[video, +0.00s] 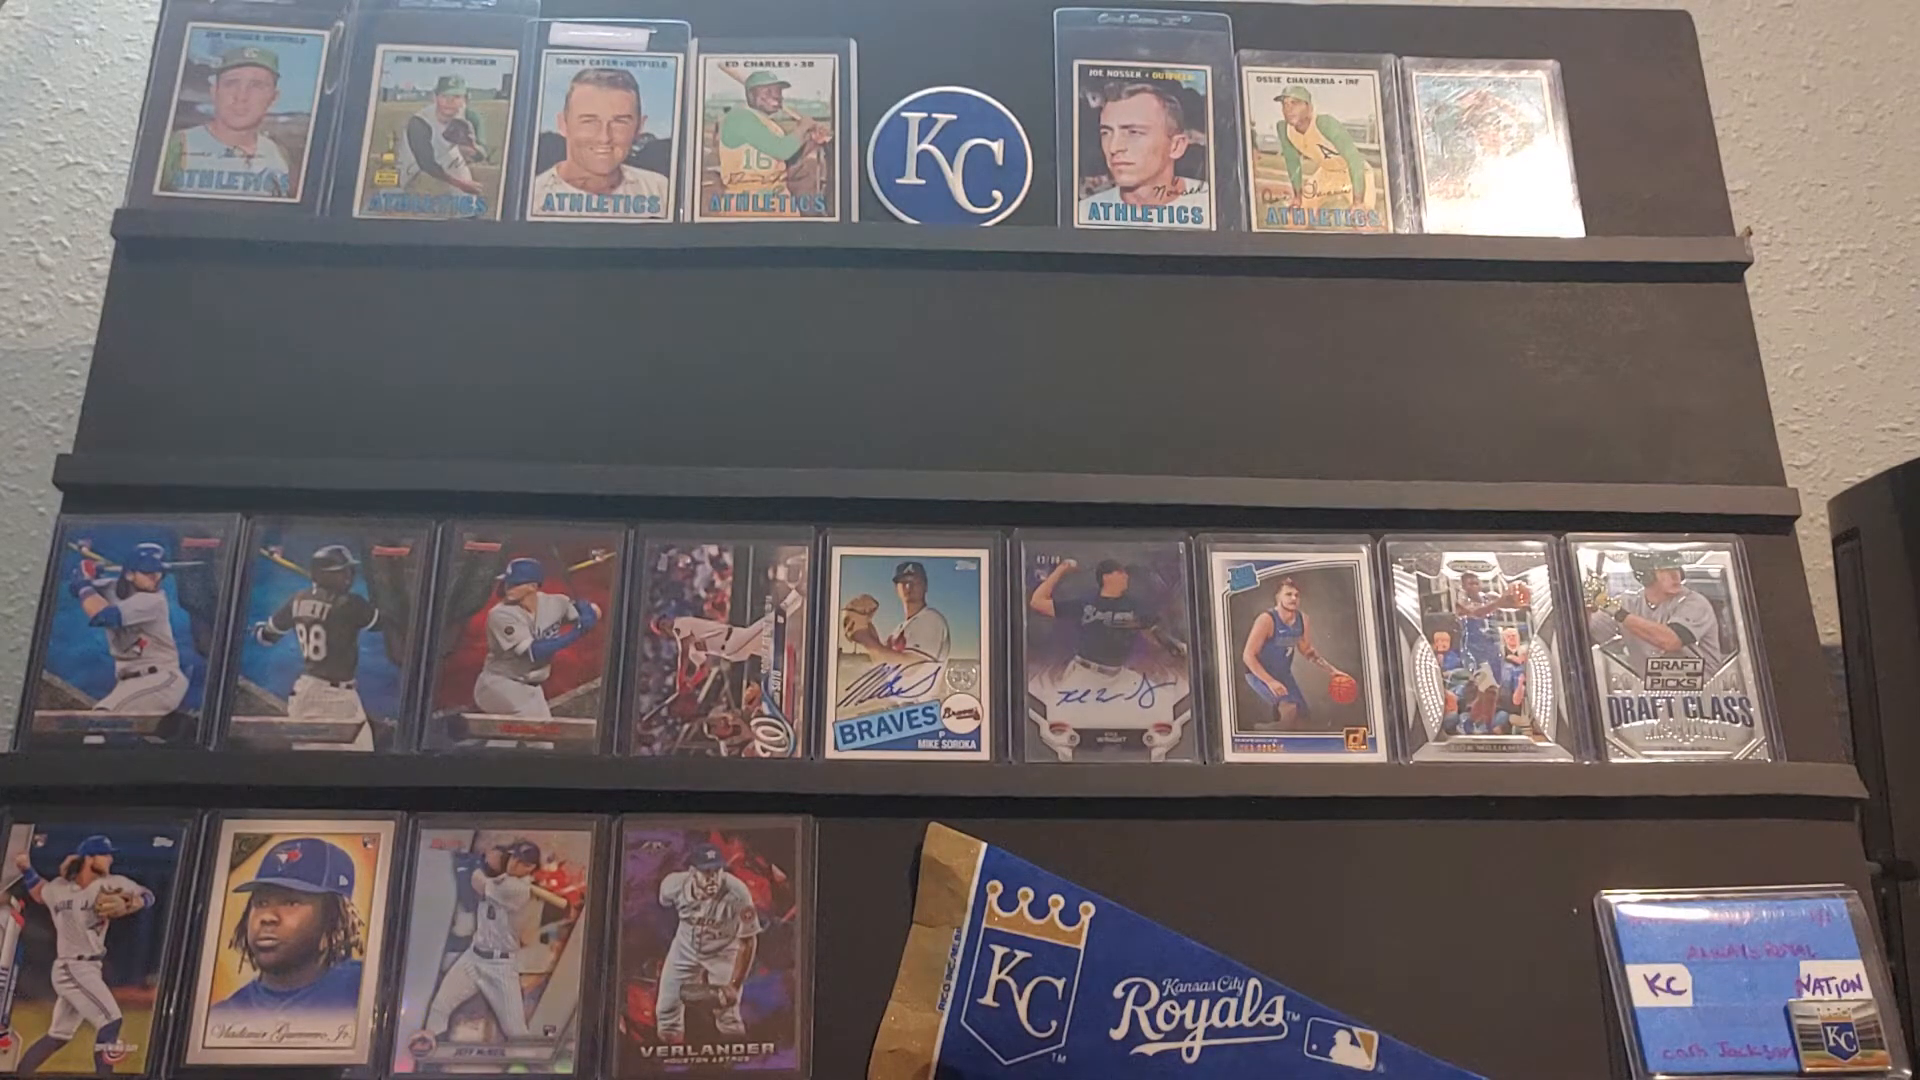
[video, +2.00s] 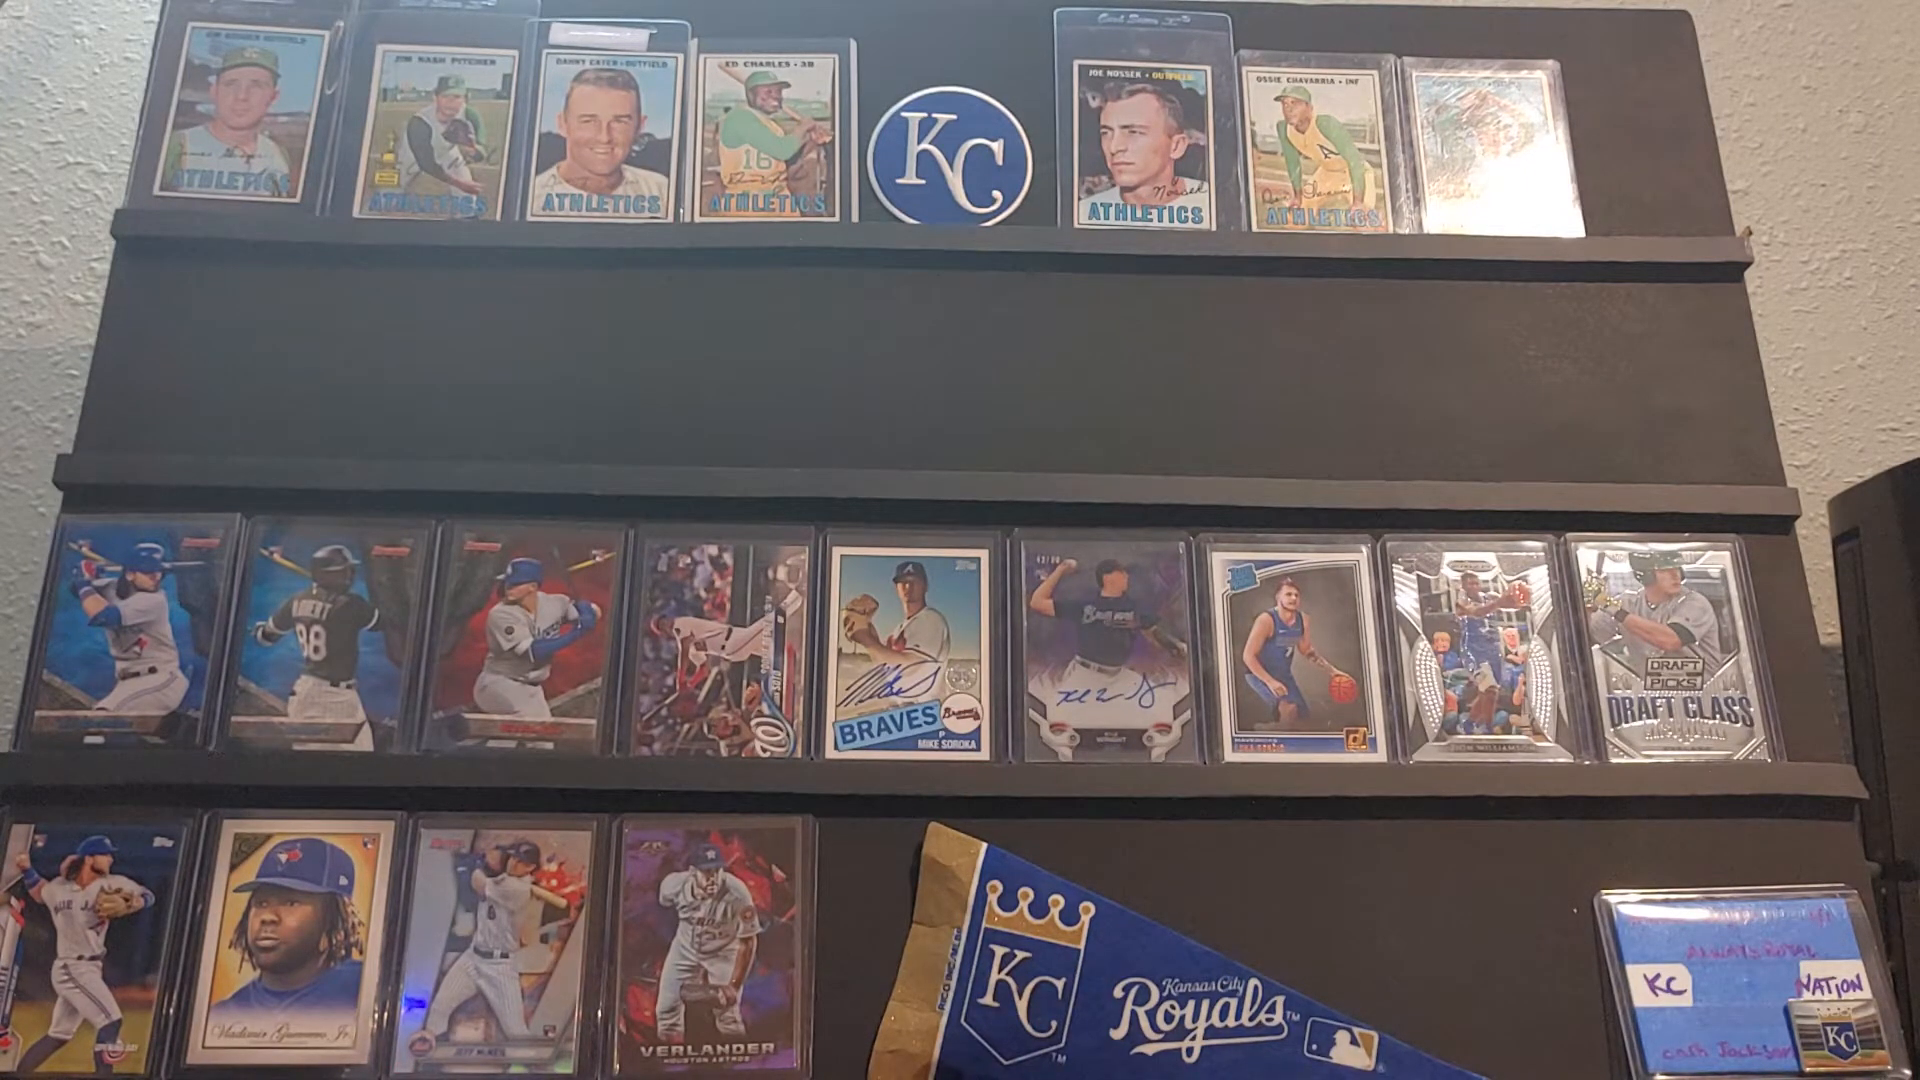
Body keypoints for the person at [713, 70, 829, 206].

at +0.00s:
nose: (777, 98)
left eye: (778, 92)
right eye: (769, 92)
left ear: (782, 93)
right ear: (752, 95)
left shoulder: (773, 126)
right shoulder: (739, 119)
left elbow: (785, 166)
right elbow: (783, 151)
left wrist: (811, 144)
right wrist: (803, 128)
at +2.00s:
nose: (776, 97)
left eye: (778, 92)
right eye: (769, 92)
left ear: (782, 93)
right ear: (752, 94)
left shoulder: (773, 126)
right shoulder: (739, 118)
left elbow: (785, 168)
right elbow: (783, 151)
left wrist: (811, 143)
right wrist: (803, 128)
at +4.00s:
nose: (776, 97)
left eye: (779, 92)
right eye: (769, 92)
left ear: (782, 94)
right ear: (751, 95)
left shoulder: (775, 128)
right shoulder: (738, 118)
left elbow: (783, 168)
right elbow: (782, 151)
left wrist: (811, 143)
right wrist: (802, 129)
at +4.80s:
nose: (776, 97)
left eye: (779, 92)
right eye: (769, 92)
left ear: (782, 93)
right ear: (751, 95)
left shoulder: (775, 126)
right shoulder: (738, 118)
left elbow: (784, 168)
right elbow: (782, 151)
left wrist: (811, 143)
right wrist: (802, 128)